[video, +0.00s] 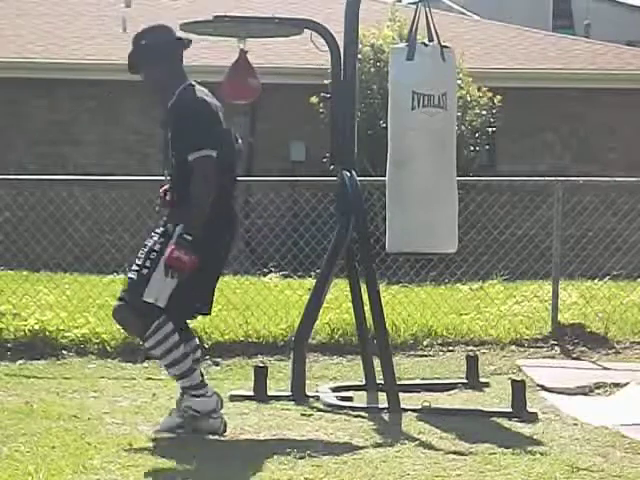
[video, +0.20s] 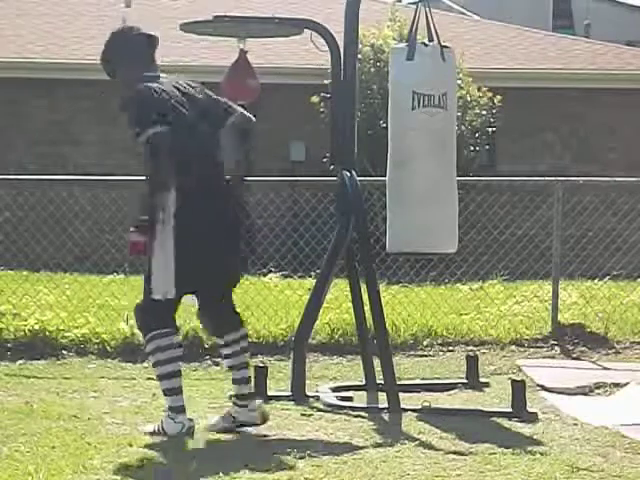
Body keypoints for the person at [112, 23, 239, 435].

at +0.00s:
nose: (143, 79)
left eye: (144, 69)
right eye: (141, 71)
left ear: (161, 64)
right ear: (173, 61)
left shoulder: (189, 106)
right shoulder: (191, 102)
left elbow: (207, 178)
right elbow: (217, 166)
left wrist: (188, 237)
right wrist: (179, 188)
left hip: (193, 227)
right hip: (198, 225)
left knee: (135, 311)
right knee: (169, 316)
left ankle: (200, 399)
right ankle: (196, 406)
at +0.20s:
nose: (116, 82)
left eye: (114, 74)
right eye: (113, 74)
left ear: (122, 67)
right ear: (153, 60)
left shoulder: (144, 95)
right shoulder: (190, 88)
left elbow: (158, 154)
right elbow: (243, 121)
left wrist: (143, 222)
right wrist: (235, 183)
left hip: (178, 215)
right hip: (218, 212)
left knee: (154, 313)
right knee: (217, 305)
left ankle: (176, 416)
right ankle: (246, 403)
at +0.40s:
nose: (128, 72)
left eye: (127, 66)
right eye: (133, 66)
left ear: (129, 65)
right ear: (170, 62)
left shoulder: (125, 100)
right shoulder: (200, 98)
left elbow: (118, 164)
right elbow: (241, 147)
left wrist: (96, 228)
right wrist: (261, 205)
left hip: (156, 216)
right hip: (205, 214)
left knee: (146, 319)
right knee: (206, 316)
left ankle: (178, 417)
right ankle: (261, 384)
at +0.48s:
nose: (144, 61)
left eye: (143, 54)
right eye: (177, 53)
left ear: (140, 55)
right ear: (182, 55)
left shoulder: (121, 100)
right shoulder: (206, 97)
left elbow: (103, 163)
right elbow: (233, 152)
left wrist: (88, 223)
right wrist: (249, 203)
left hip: (148, 217)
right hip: (199, 215)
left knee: (151, 316)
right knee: (198, 309)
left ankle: (173, 416)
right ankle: (206, 385)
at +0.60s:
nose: (206, 51)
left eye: (204, 44)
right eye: (204, 44)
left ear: (161, 41)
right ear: (193, 43)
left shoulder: (125, 91)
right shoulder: (198, 89)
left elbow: (97, 151)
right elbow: (206, 151)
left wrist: (89, 212)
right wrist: (228, 203)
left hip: (139, 215)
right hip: (184, 214)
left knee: (153, 309)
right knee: (194, 312)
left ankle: (147, 410)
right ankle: (151, 401)